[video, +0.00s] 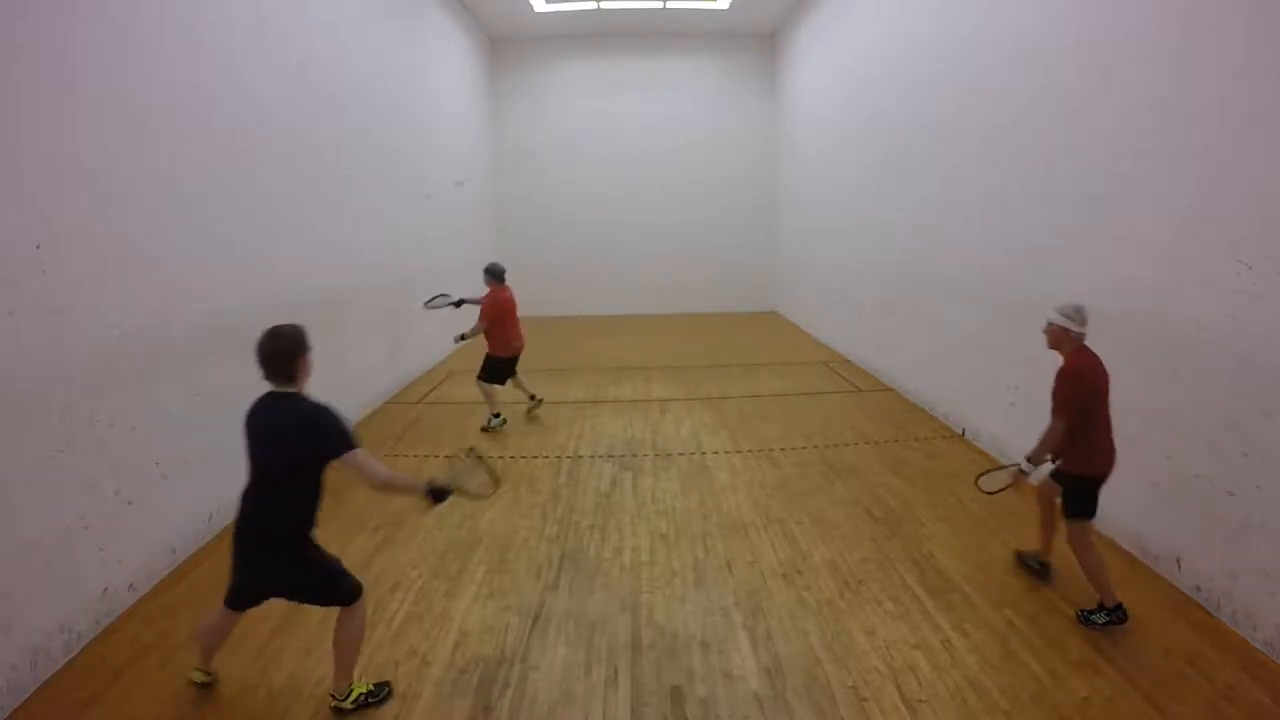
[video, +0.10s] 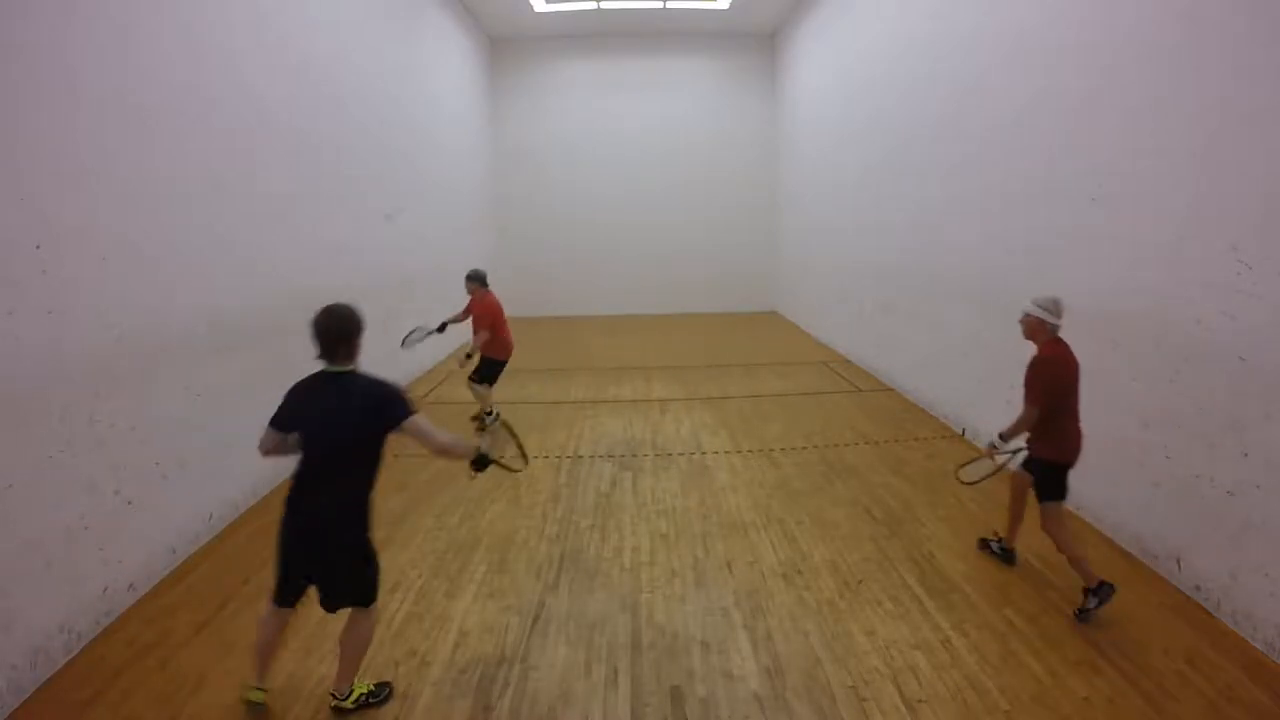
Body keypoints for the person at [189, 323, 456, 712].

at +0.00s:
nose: (310, 360)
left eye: (307, 353)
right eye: (308, 355)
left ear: (266, 366)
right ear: (304, 364)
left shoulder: (258, 412)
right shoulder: (317, 417)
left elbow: (269, 471)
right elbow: (377, 476)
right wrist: (427, 488)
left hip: (249, 541)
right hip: (290, 547)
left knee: (233, 606)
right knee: (352, 597)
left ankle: (201, 668)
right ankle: (343, 690)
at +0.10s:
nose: (355, 341)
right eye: (356, 334)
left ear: (318, 343)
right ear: (358, 341)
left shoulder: (304, 391)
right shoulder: (379, 394)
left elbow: (268, 446)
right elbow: (438, 442)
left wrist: (313, 439)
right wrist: (476, 452)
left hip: (300, 518)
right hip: (346, 523)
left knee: (282, 600)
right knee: (364, 605)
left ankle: (256, 685)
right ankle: (343, 691)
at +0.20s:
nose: (403, 312)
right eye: (406, 305)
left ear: (367, 310)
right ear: (408, 310)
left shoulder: (347, 359)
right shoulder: (425, 361)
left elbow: (292, 399)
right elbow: (461, 416)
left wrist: (342, 430)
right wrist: (485, 457)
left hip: (366, 487)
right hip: (411, 489)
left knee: (366, 590)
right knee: (400, 592)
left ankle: (357, 679)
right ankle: (363, 673)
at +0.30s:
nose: (458, 302)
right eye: (460, 295)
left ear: (421, 300)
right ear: (462, 300)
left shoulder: (398, 348)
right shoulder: (477, 353)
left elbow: (345, 392)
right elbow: (495, 418)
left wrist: (372, 450)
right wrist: (520, 476)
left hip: (424, 485)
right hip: (472, 483)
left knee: (452, 593)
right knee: (476, 580)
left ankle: (465, 696)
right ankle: (444, 658)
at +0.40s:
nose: (517, 321)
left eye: (507, 313)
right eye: (519, 315)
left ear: (477, 317)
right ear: (516, 320)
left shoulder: (450, 369)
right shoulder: (536, 372)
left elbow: (415, 430)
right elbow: (560, 438)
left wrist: (430, 488)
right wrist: (579, 496)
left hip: (487, 504)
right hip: (537, 498)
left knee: (513, 612)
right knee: (559, 568)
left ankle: (533, 708)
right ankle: (579, 656)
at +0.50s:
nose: (558, 336)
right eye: (566, 327)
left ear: (532, 334)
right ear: (570, 332)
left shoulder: (512, 386)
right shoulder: (592, 382)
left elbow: (499, 460)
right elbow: (636, 445)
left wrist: (530, 479)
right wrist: (654, 493)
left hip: (547, 515)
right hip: (596, 505)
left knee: (538, 623)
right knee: (638, 559)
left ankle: (542, 712)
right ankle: (692, 621)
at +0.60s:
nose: (616, 333)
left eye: (602, 327)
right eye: (620, 325)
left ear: (589, 331)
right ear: (625, 329)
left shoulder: (573, 381)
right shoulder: (648, 373)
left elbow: (560, 450)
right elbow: (692, 424)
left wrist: (582, 483)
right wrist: (701, 462)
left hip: (606, 496)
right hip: (653, 489)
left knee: (595, 587)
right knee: (685, 548)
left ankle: (560, 666)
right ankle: (716, 615)